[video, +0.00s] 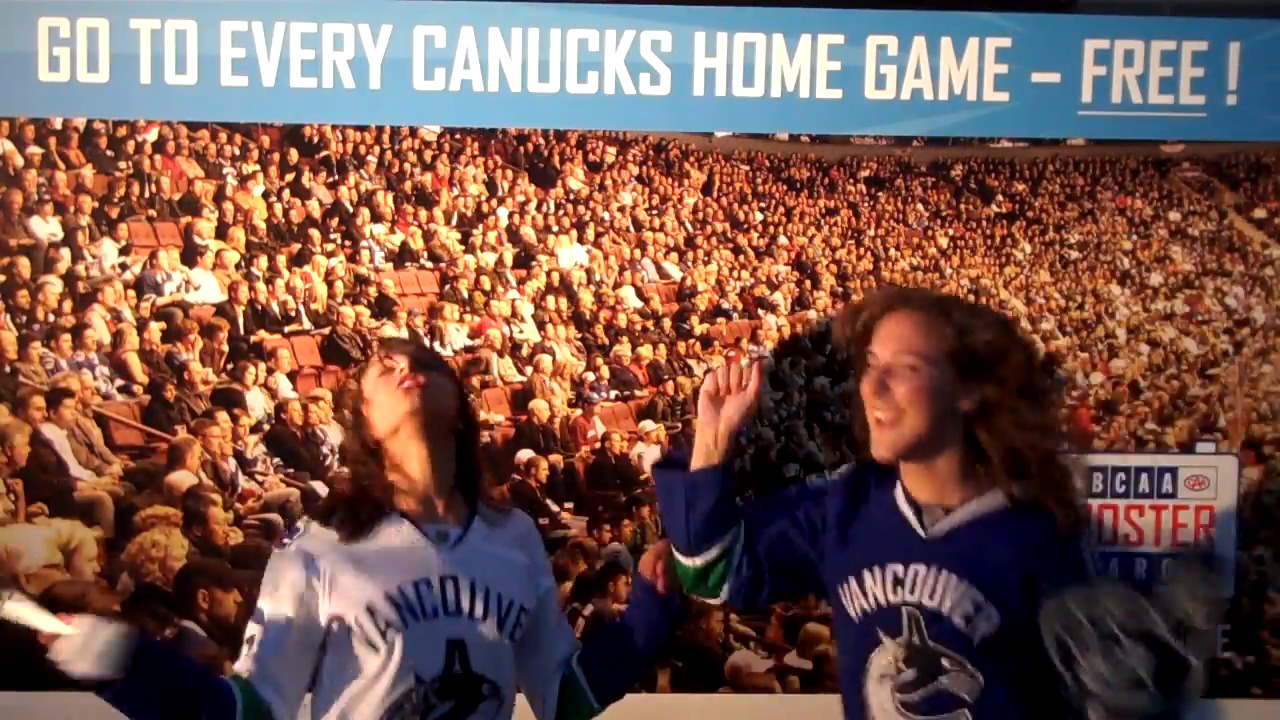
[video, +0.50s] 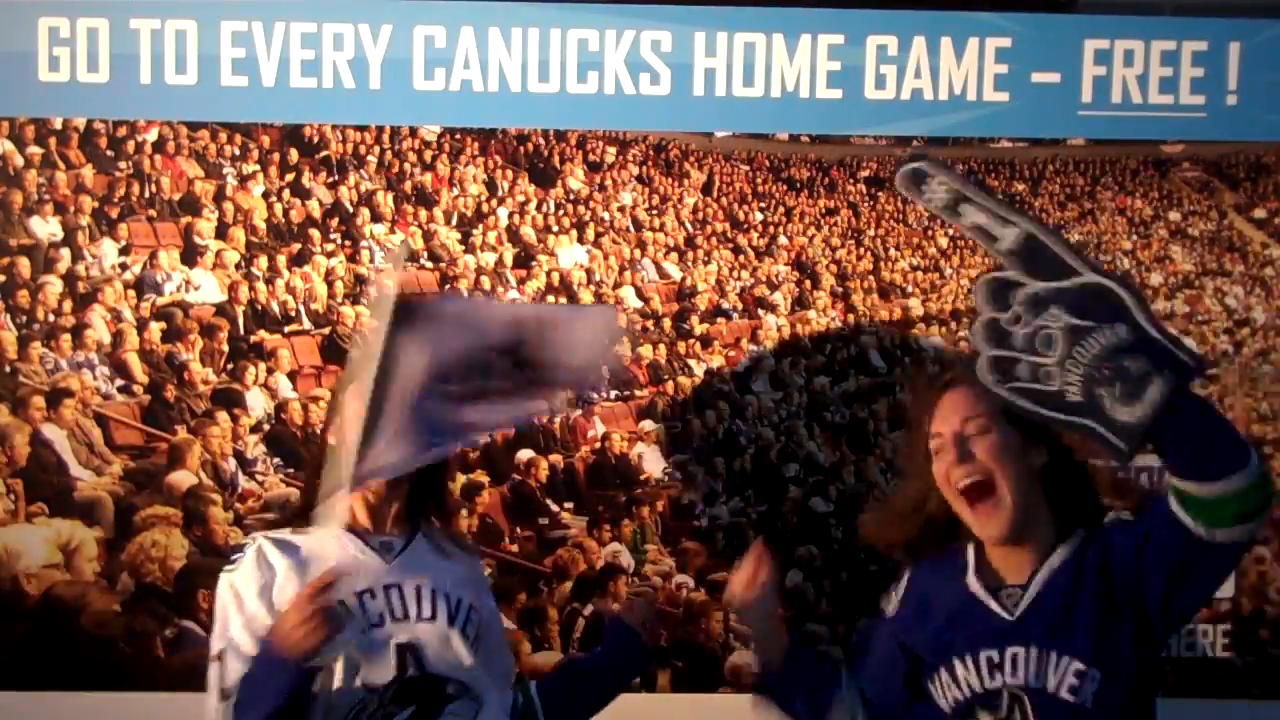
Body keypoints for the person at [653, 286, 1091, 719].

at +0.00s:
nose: (872, 386)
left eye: (903, 368)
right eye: (870, 367)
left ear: (968, 389)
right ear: (861, 380)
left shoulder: (1036, 533)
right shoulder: (843, 508)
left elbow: (1087, 679)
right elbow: (713, 572)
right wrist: (711, 436)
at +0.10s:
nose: (896, 435)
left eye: (925, 417)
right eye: (891, 413)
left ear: (987, 439)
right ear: (876, 422)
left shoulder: (1061, 586)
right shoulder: (860, 553)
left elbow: (1094, 706)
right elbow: (722, 604)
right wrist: (713, 475)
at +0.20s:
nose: (918, 432)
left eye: (942, 415)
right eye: (907, 417)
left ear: (999, 438)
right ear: (895, 440)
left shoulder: (1081, 579)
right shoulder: (869, 558)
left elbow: (1133, 699)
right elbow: (750, 664)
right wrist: (721, 535)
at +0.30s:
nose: (937, 388)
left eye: (959, 370)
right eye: (918, 379)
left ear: (1008, 397)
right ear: (900, 414)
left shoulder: (1096, 533)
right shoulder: (877, 542)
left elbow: (1211, 640)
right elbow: (833, 680)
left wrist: (1227, 510)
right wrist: (730, 627)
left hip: (1051, 713)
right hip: (913, 716)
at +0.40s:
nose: (962, 422)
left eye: (976, 398)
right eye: (939, 413)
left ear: (1023, 411)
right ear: (924, 453)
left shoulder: (1118, 540)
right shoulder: (908, 578)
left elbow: (1255, 505)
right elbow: (872, 703)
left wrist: (1193, 400)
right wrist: (748, 677)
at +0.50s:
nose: (958, 454)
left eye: (979, 431)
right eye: (942, 446)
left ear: (1037, 446)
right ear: (934, 478)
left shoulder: (1123, 570)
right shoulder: (923, 596)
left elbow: (1230, 504)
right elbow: (858, 710)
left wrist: (1135, 383)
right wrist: (774, 646)